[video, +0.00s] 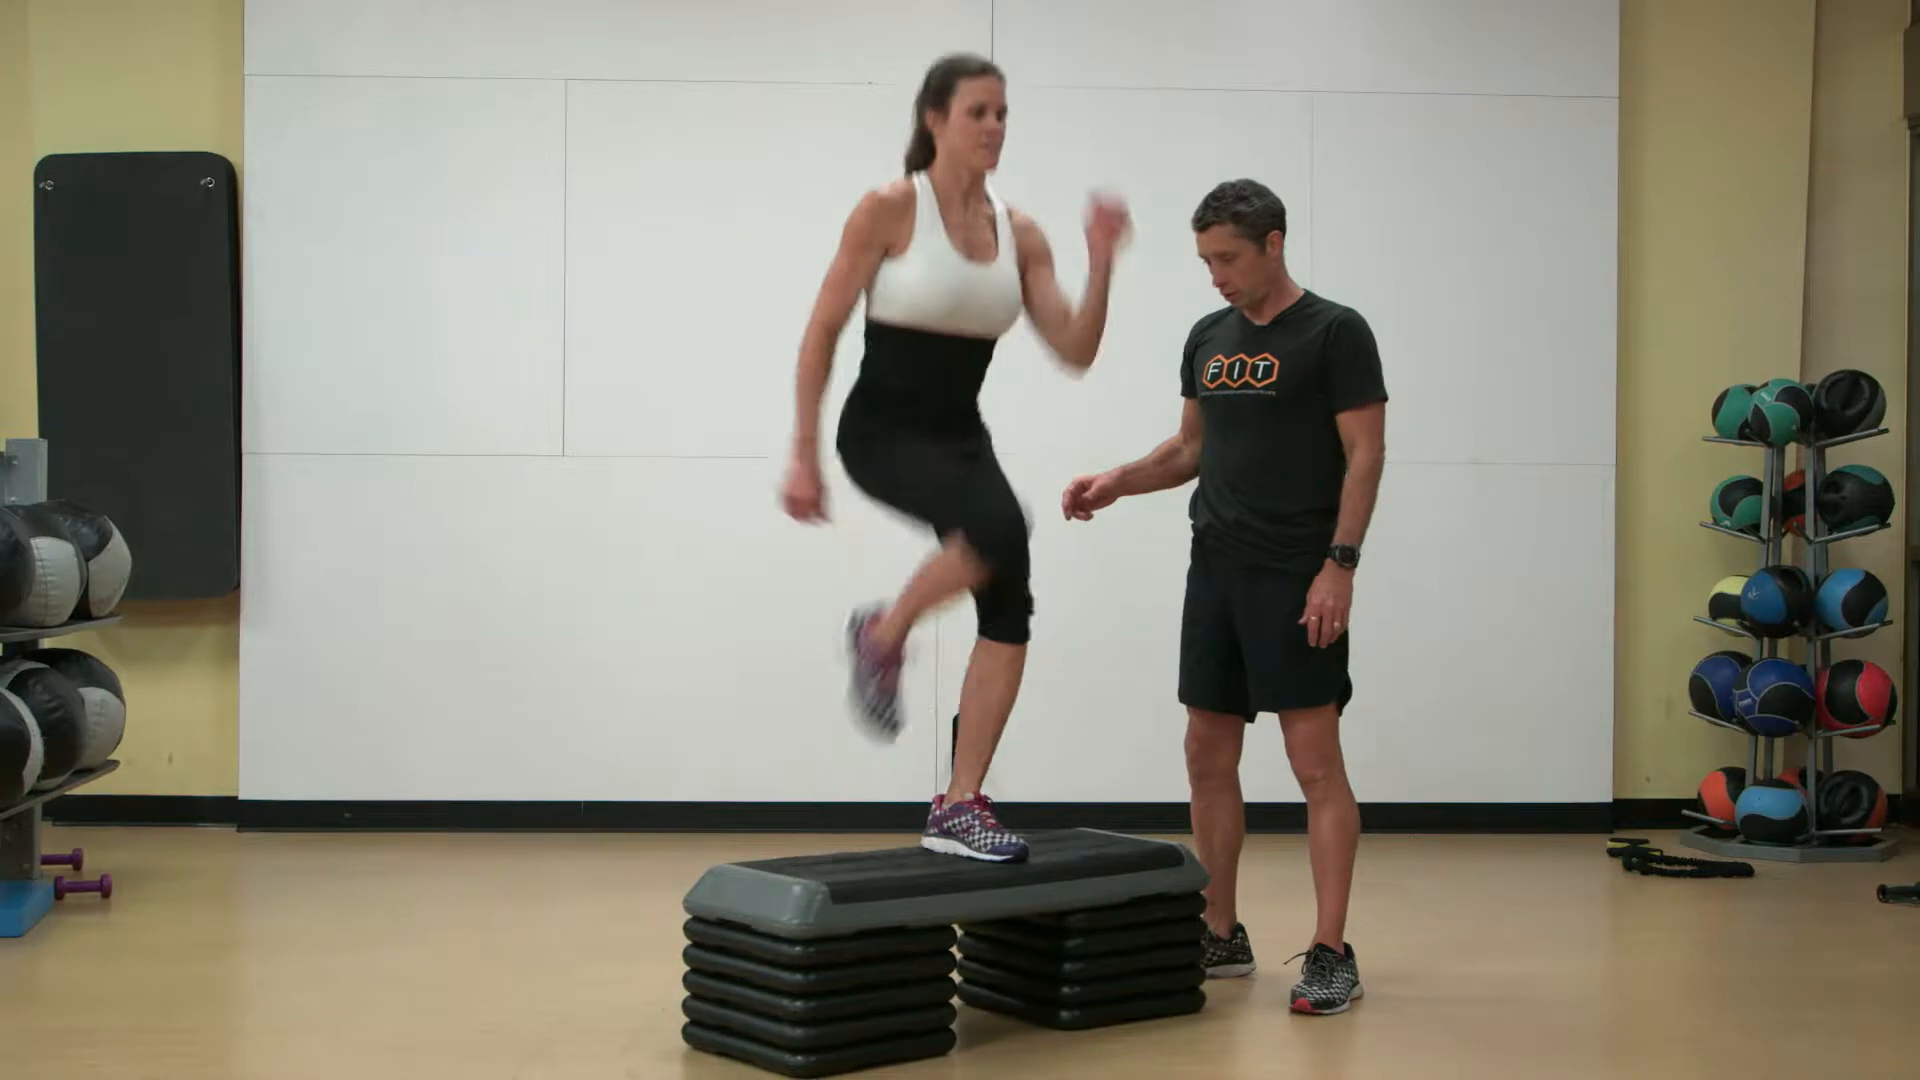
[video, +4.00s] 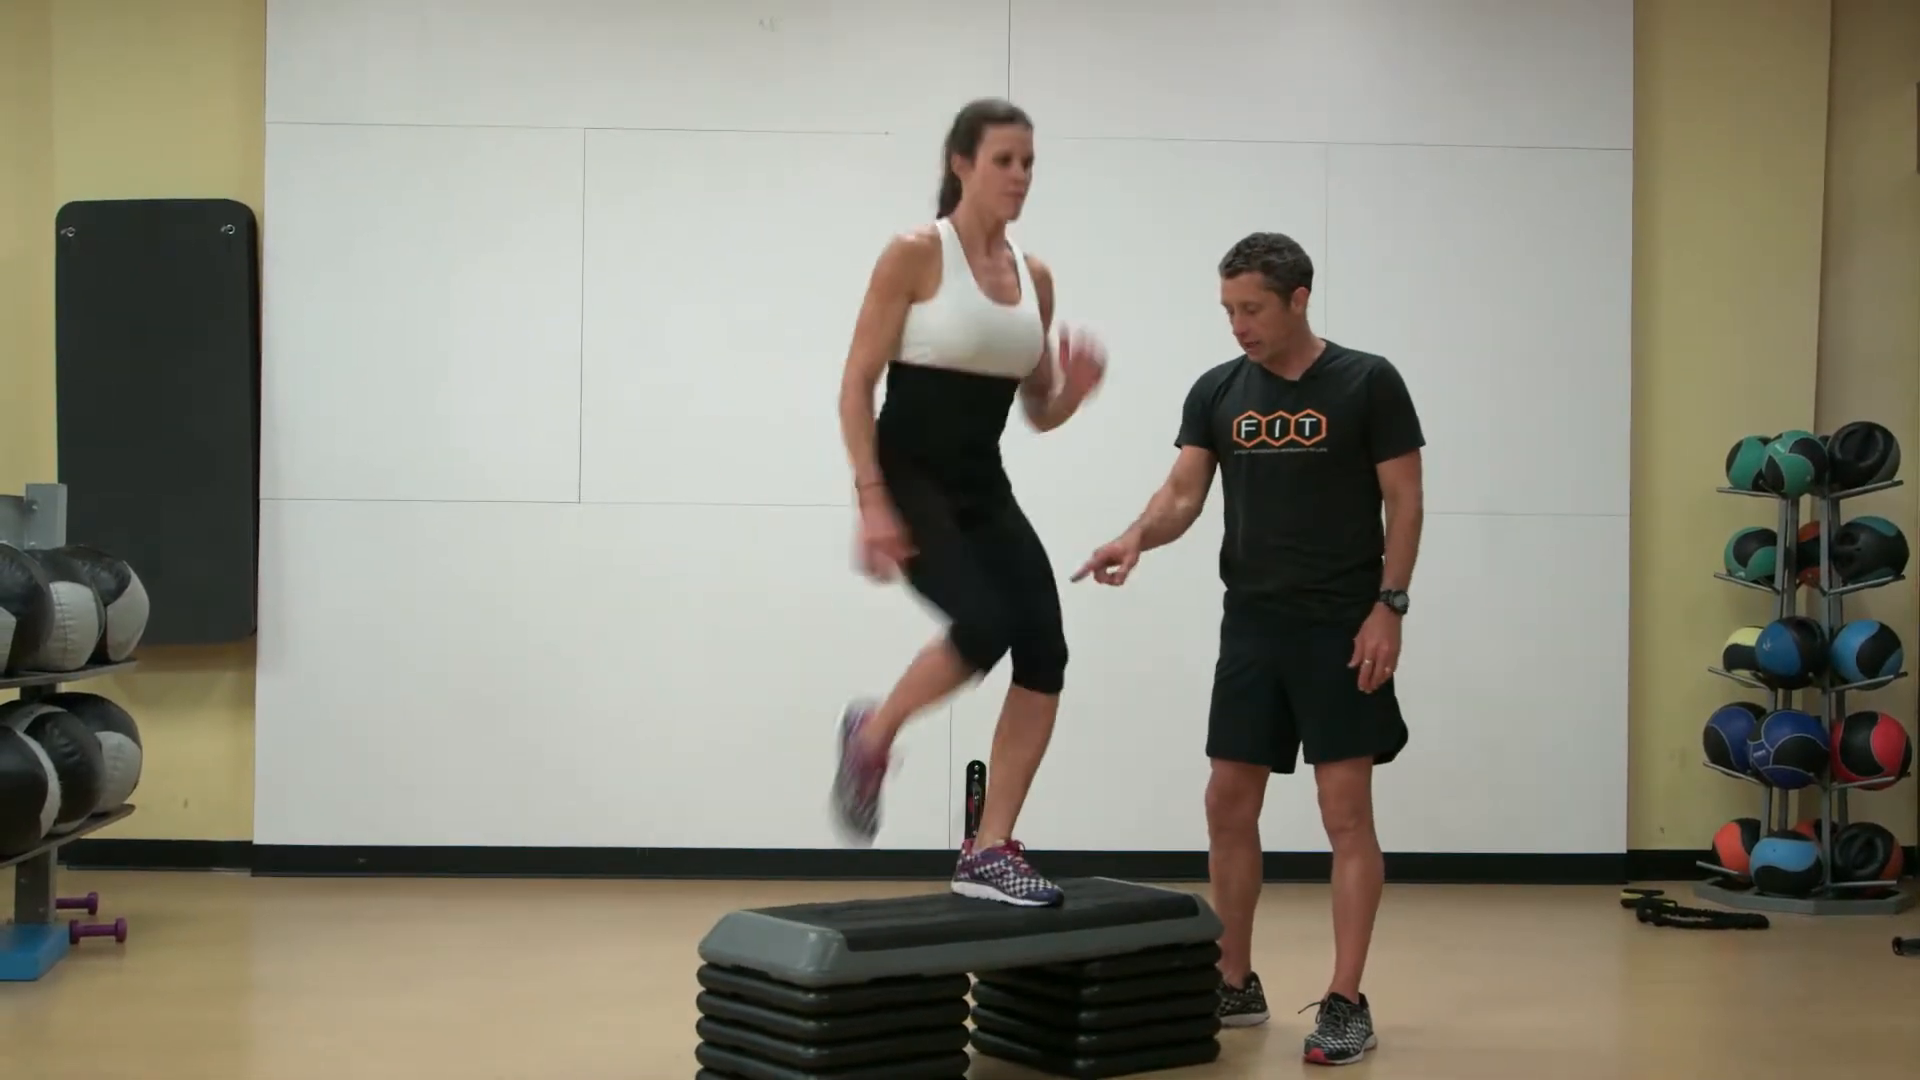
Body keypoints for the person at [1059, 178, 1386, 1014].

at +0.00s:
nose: (1217, 274)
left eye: (1228, 258)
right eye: (1208, 260)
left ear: (1274, 245)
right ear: (1205, 257)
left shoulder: (1337, 333)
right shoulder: (1208, 338)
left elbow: (1365, 454)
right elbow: (1189, 450)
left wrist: (1339, 563)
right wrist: (1118, 480)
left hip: (1299, 575)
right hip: (1216, 571)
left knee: (1316, 762)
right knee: (1207, 752)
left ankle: (1330, 948)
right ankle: (1219, 933)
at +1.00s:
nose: (1192, 279)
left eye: (1205, 264)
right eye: (1187, 265)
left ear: (1256, 258)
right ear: (1198, 265)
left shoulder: (1323, 343)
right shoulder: (1193, 354)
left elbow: (1358, 463)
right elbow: (1181, 464)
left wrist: (1337, 573)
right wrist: (1119, 502)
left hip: (1294, 588)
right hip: (1211, 586)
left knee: (1312, 775)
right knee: (1202, 766)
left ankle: (1326, 961)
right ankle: (1215, 945)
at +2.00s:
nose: (1217, 309)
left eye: (1231, 294)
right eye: (1208, 295)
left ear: (1276, 289)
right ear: (1205, 296)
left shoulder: (1334, 380)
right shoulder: (1196, 382)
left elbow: (1369, 502)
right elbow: (1179, 489)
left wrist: (1355, 609)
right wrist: (1131, 528)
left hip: (1301, 620)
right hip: (1214, 617)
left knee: (1317, 807)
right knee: (1205, 797)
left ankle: (1330, 992)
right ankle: (1219, 976)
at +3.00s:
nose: (1210, 339)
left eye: (1223, 325)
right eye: (1203, 325)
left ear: (1272, 315)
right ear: (1202, 320)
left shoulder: (1344, 386)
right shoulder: (1193, 403)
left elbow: (1393, 501)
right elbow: (1151, 507)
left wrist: (1385, 608)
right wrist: (1093, 528)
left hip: (1333, 631)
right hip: (1243, 632)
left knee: (1340, 817)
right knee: (1220, 804)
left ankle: (1341, 1002)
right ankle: (1230, 988)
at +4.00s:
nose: (1238, 324)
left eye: (1251, 309)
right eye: (1230, 310)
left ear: (1299, 300)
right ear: (1228, 307)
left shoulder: (1367, 383)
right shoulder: (1216, 391)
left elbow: (1404, 502)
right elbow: (1180, 493)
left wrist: (1390, 606)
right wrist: (1136, 537)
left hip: (1341, 626)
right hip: (1251, 625)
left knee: (1346, 814)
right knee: (1228, 799)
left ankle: (1344, 998)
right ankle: (1234, 983)